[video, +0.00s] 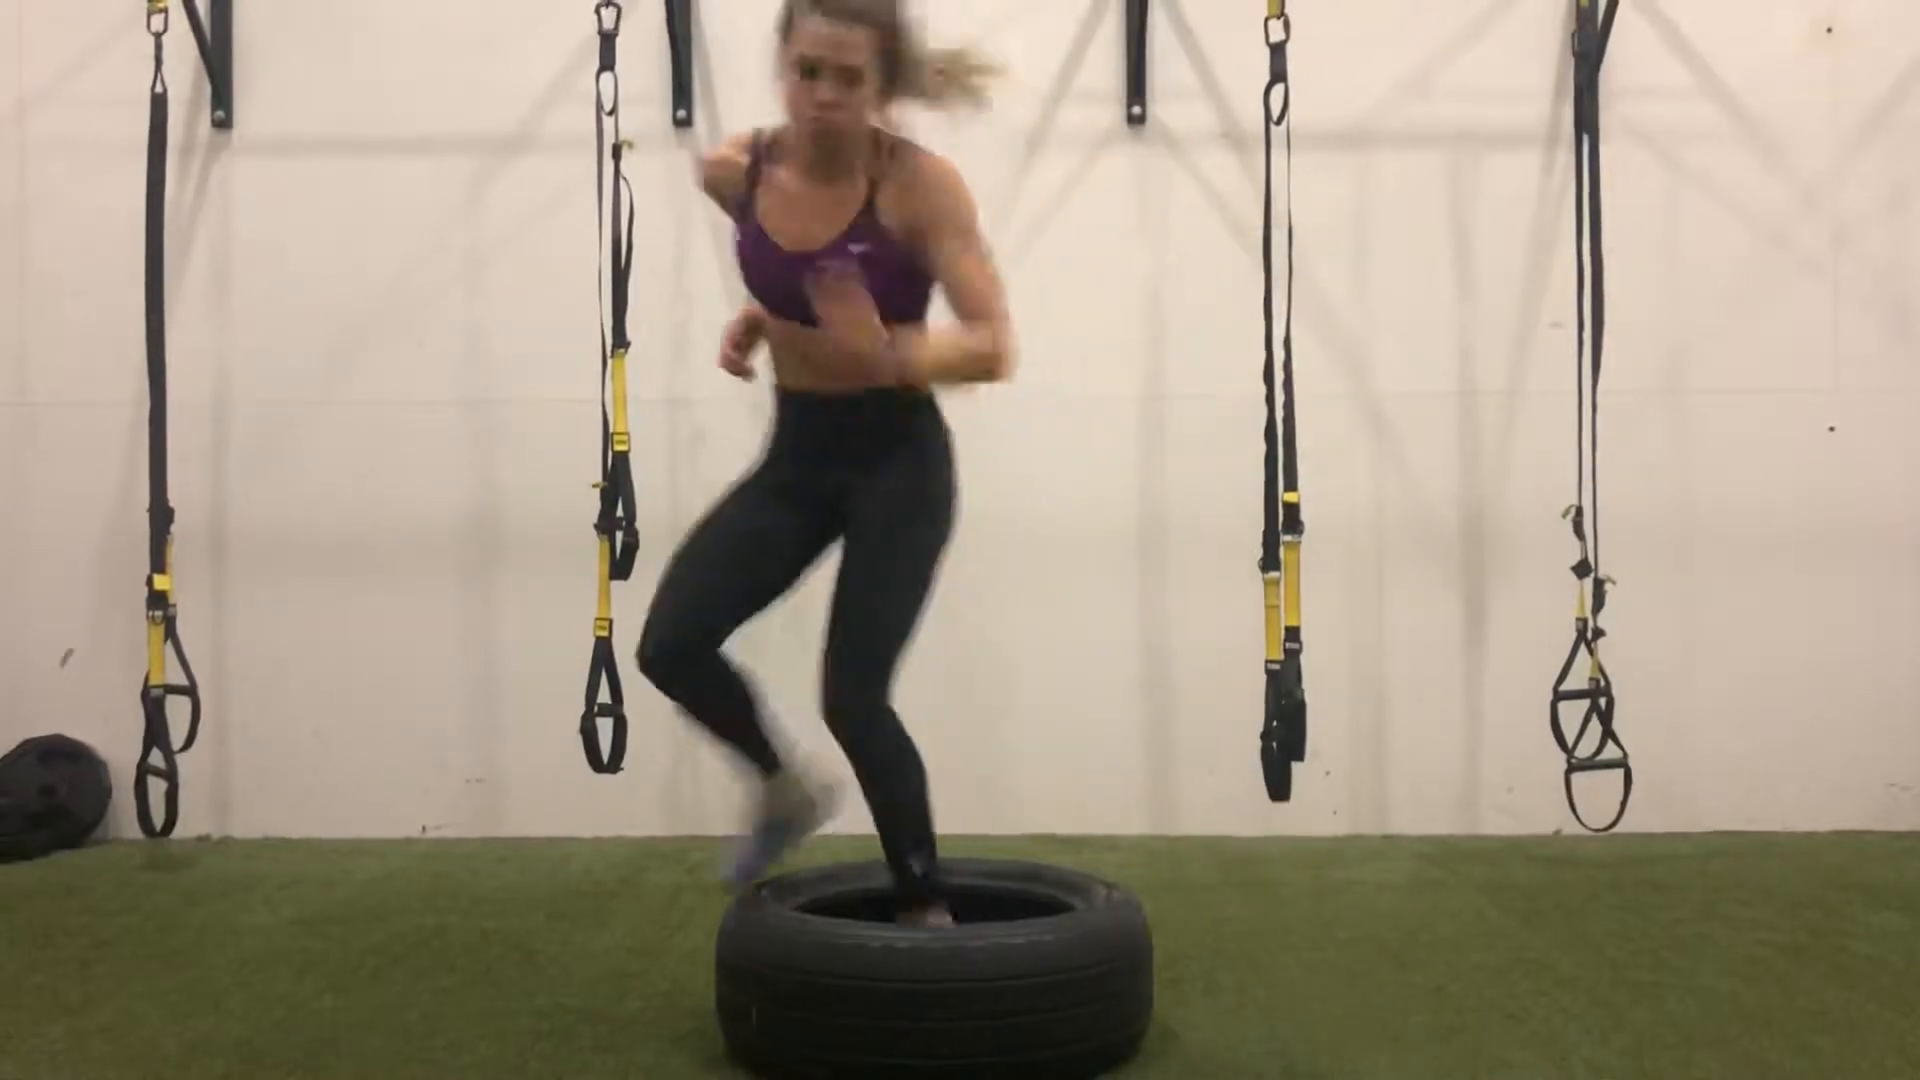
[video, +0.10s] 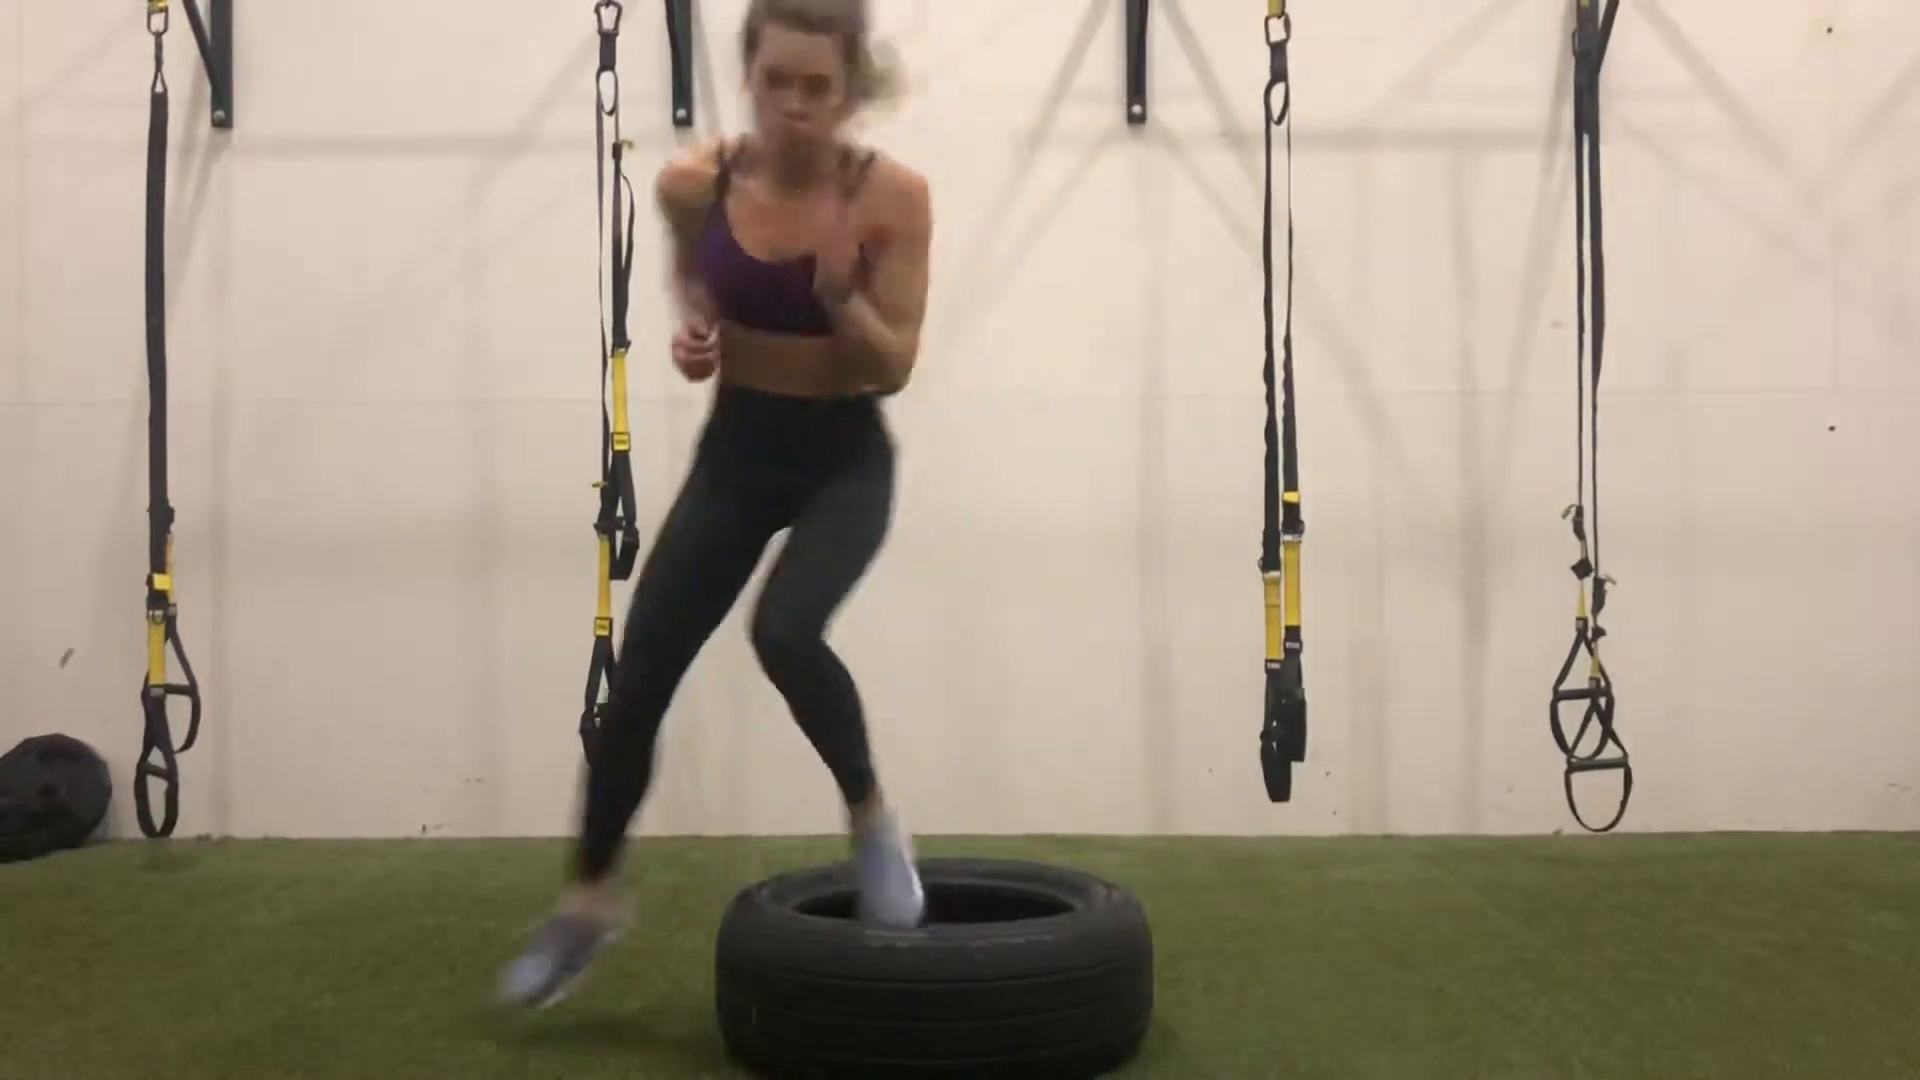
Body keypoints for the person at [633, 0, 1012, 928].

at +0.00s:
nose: (825, 94)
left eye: (848, 78)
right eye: (809, 71)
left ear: (884, 86)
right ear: (784, 70)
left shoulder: (923, 186)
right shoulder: (735, 172)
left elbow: (992, 347)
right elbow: (795, 257)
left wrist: (890, 354)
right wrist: (758, 316)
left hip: (900, 462)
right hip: (800, 455)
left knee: (853, 697)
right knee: (672, 647)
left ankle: (926, 912)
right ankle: (787, 786)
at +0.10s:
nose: (794, 104)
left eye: (816, 86)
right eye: (777, 82)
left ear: (852, 89)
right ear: (748, 78)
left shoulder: (892, 197)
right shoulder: (694, 184)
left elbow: (893, 367)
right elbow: (691, 279)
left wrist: (843, 298)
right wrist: (698, 329)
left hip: (845, 460)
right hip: (739, 453)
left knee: (784, 634)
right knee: (638, 676)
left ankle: (873, 826)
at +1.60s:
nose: (866, 122)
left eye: (890, 102)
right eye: (848, 98)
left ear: (933, 107)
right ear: (825, 99)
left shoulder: (969, 207)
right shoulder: (793, 203)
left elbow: (1104, 290)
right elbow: (772, 356)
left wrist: (1095, 412)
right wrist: (830, 357)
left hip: (967, 486)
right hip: (891, 487)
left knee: (919, 723)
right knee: (774, 676)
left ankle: (939, 942)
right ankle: (967, 719)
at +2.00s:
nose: (844, 201)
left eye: (866, 180)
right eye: (826, 177)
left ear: (902, 166)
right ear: (794, 157)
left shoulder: (928, 275)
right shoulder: (738, 255)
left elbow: (1021, 410)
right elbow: (621, 318)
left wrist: (931, 360)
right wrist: (531, 374)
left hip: (793, 550)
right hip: (697, 510)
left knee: (709, 782)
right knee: (709, 724)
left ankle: (538, 969)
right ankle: (546, 743)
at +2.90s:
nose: (988, 163)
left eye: (1011, 140)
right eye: (969, 138)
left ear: (1054, 140)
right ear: (948, 136)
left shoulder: (1090, 222)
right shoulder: (928, 212)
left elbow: (1222, 220)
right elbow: (836, 289)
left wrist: (1283, 283)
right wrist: (909, 159)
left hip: (1114, 465)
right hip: (1047, 489)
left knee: (920, 580)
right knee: (1182, 728)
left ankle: (1084, 770)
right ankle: (1344, 920)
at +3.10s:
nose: (903, 139)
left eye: (927, 120)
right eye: (886, 116)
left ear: (967, 124)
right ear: (862, 111)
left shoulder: (999, 242)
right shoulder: (813, 218)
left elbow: (1115, 353)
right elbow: (768, 341)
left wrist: (1132, 493)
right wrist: (774, 377)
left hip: (966, 511)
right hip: (880, 509)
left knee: (929, 760)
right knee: (756, 697)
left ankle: (1006, 940)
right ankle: (918, 695)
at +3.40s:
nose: (783, 190)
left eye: (807, 171)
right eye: (765, 165)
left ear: (837, 174)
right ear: (734, 160)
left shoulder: (864, 264)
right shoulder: (678, 266)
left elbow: (882, 334)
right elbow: (621, 421)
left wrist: (876, 407)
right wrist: (709, 426)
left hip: (803, 516)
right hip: (694, 512)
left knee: (745, 630)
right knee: (557, 725)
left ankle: (745, 764)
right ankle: (531, 953)